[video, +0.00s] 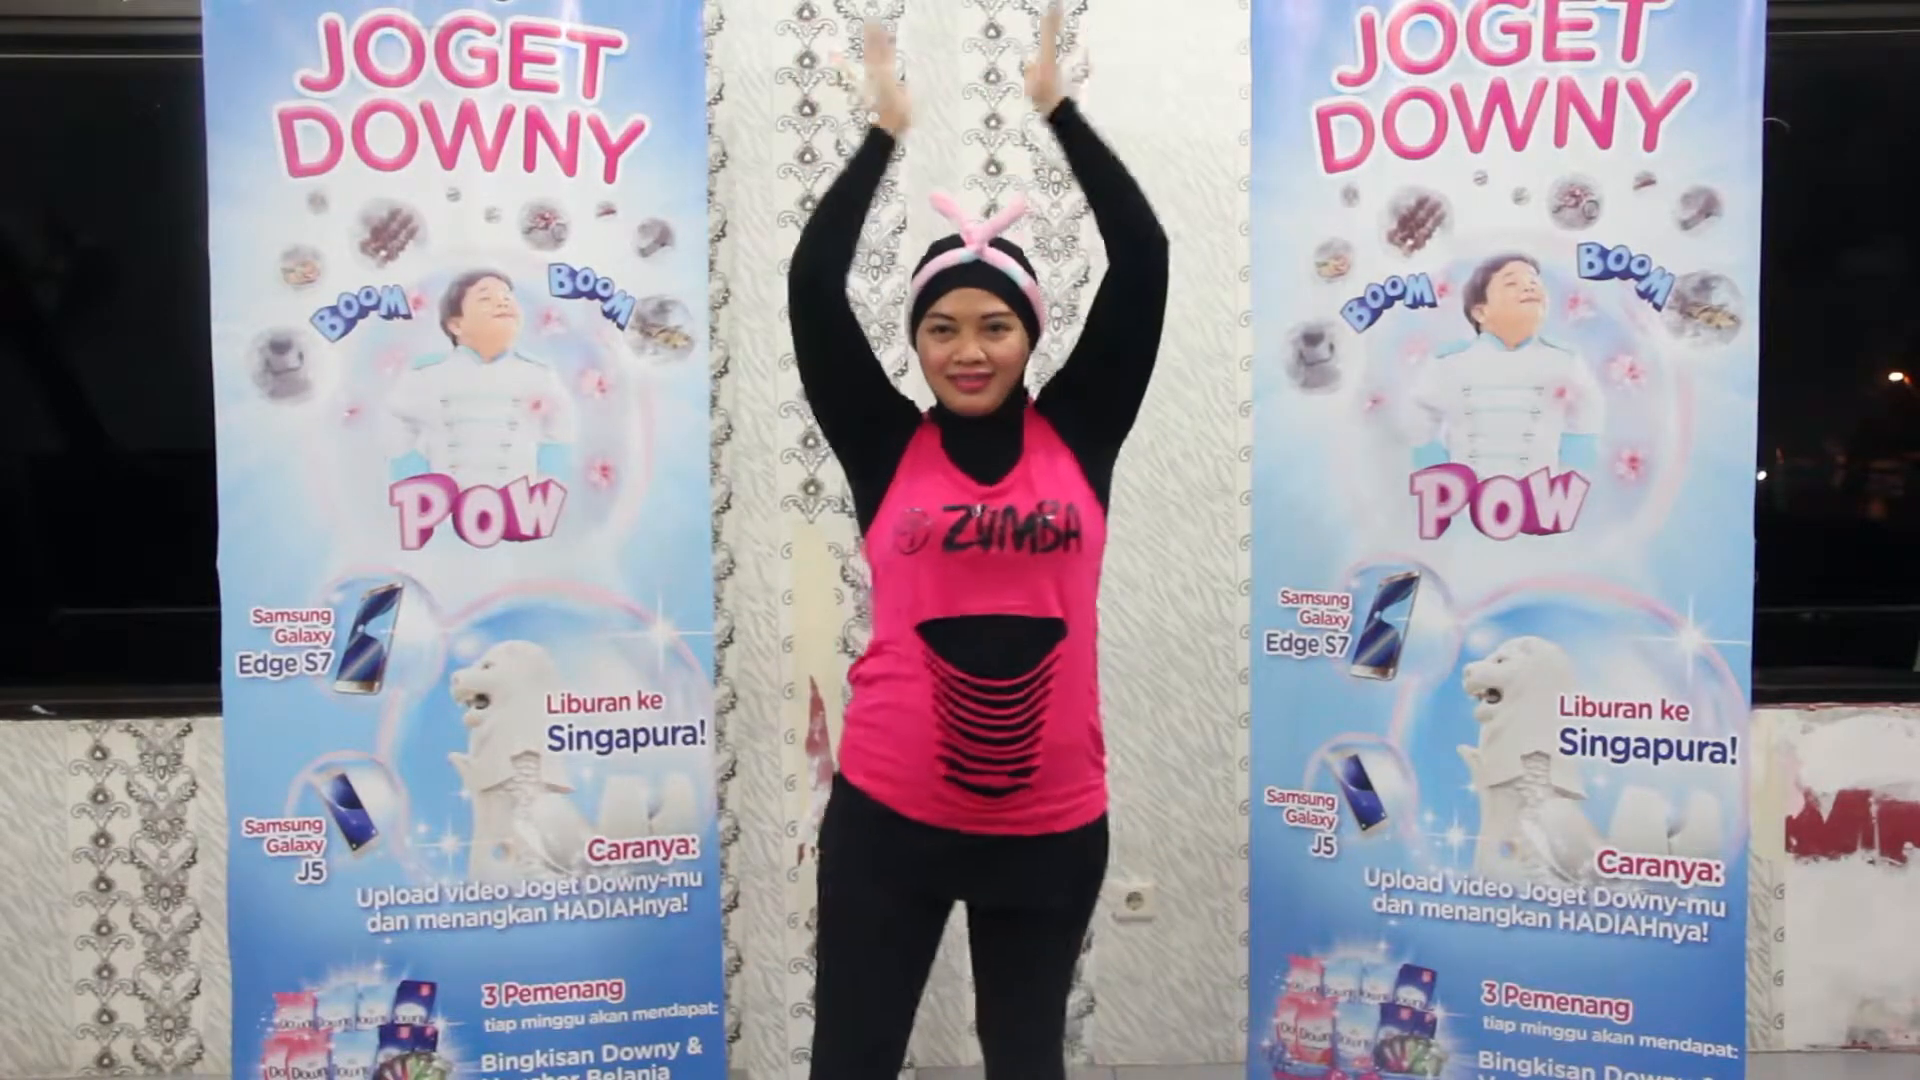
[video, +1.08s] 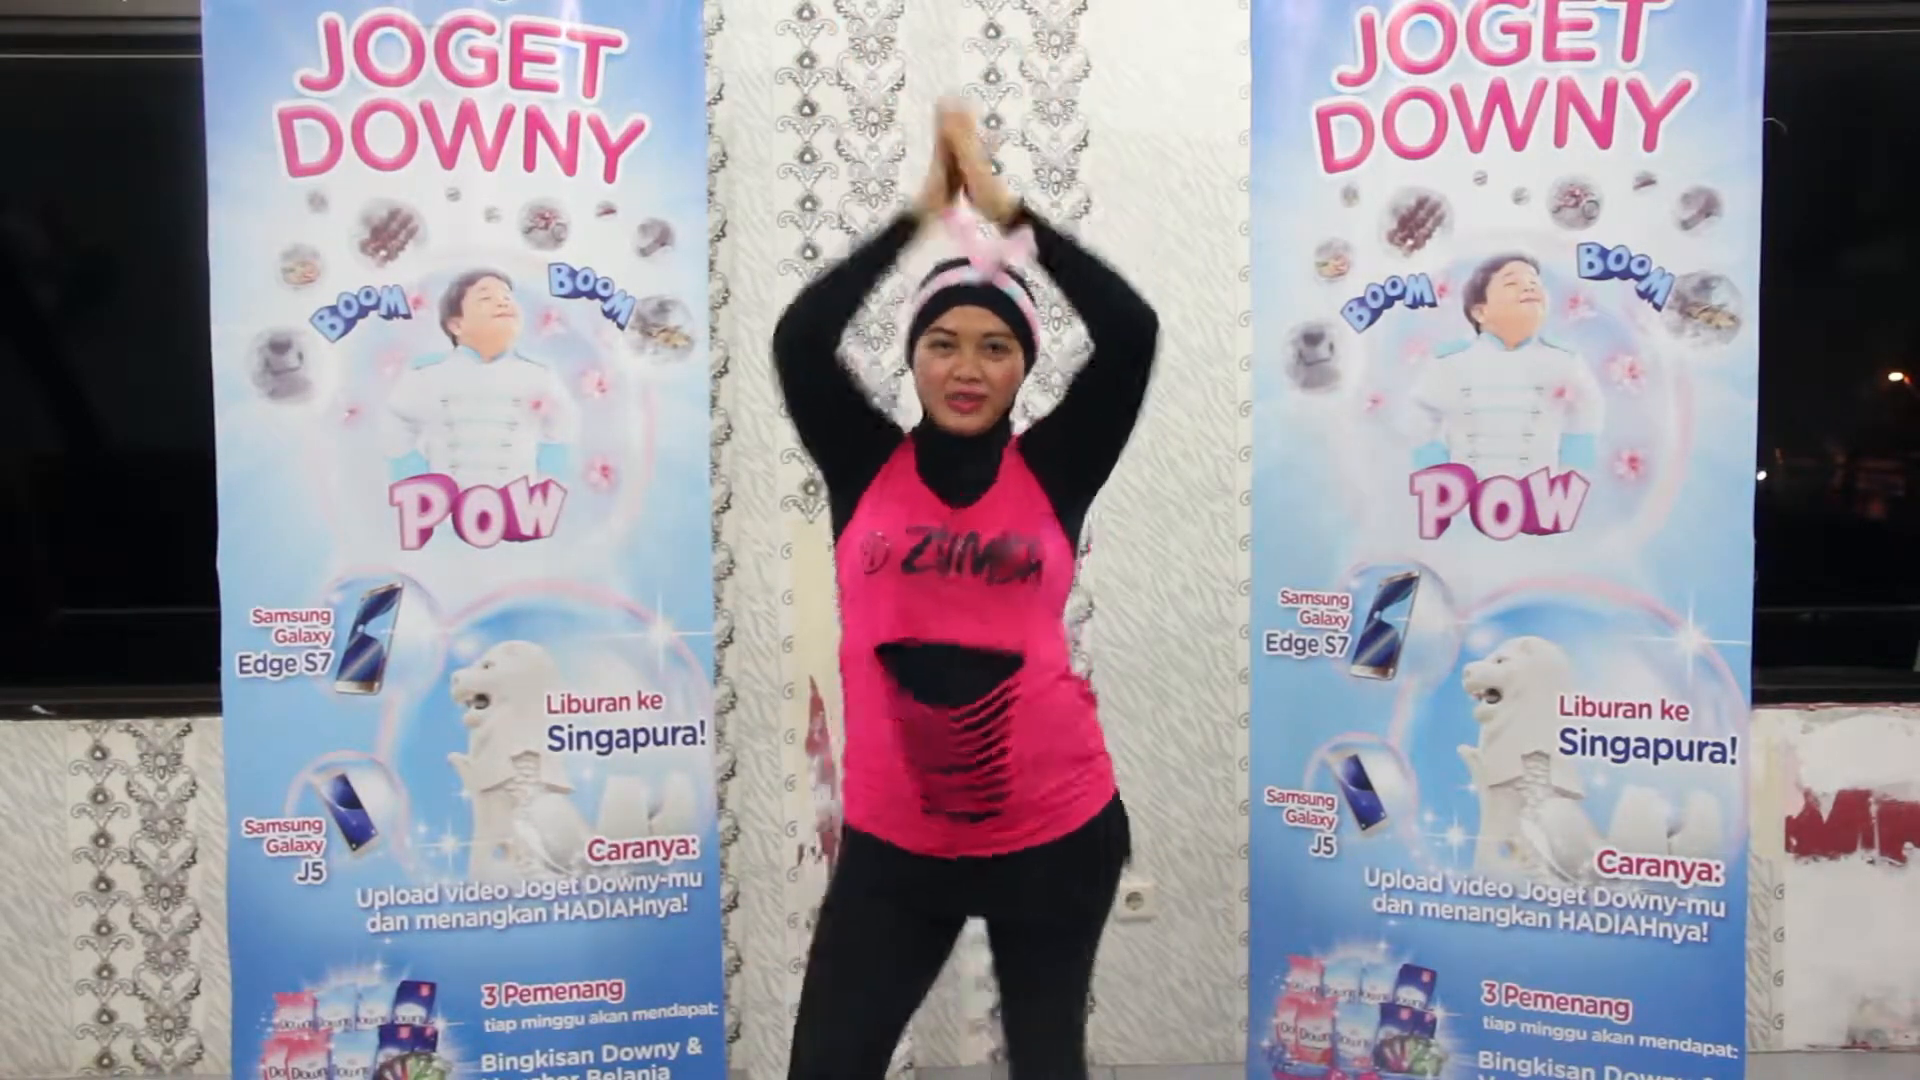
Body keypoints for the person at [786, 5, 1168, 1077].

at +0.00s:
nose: (969, 349)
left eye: (994, 327)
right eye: (945, 329)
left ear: (1031, 339)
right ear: (917, 345)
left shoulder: (1077, 438)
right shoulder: (886, 449)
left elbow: (1142, 253)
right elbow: (813, 292)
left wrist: (1058, 106)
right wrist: (882, 134)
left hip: (1046, 832)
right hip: (891, 825)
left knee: (1027, 1062)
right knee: (852, 1060)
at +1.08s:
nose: (967, 365)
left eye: (993, 347)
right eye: (944, 344)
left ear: (1023, 371)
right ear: (912, 365)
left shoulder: (1054, 472)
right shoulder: (865, 468)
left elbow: (1130, 331)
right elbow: (801, 336)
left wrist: (1014, 216)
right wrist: (917, 214)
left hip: (1052, 839)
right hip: (895, 842)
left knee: (1048, 1060)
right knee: (824, 1064)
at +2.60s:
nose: (859, 374)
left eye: (884, 356)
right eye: (835, 354)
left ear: (911, 381)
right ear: (799, 377)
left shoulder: (931, 493)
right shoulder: (751, 490)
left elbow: (919, 651)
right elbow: (832, 529)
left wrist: (995, 623)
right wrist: (989, 542)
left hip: (938, 796)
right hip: (794, 820)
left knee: (890, 932)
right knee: (757, 1062)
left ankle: (952, 1071)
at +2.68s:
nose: (873, 326)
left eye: (895, 307)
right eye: (849, 308)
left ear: (925, 329)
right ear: (812, 333)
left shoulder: (954, 448)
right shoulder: (767, 439)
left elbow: (984, 611)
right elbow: (832, 513)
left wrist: (1011, 576)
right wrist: (964, 539)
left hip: (951, 764)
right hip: (804, 786)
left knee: (950, 936)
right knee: (787, 1051)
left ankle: (978, 1069)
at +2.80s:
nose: (904, 296)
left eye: (926, 276)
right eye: (879, 278)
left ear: (961, 294)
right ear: (846, 300)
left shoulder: (1008, 403)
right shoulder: (795, 422)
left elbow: (1118, 547)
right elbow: (753, 590)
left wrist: (1011, 443)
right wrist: (817, 553)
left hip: (986, 776)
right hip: (828, 774)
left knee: (1007, 1043)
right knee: (793, 1038)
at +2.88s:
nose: (924, 340)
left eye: (946, 318)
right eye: (898, 321)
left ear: (981, 341)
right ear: (868, 350)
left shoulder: (1036, 452)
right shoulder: (824, 485)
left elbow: (1111, 524)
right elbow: (786, 673)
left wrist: (970, 503)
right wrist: (747, 631)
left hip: (1010, 817)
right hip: (852, 812)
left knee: (1022, 1062)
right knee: (795, 1051)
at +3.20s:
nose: (899, 252)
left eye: (925, 235)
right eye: (875, 237)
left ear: (965, 264)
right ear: (851, 271)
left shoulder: (1020, 369)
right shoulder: (812, 392)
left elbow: (1155, 338)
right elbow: (648, 416)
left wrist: (1042, 225)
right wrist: (676, 272)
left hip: (1002, 746)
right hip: (843, 738)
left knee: (1049, 1020)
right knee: (710, 955)